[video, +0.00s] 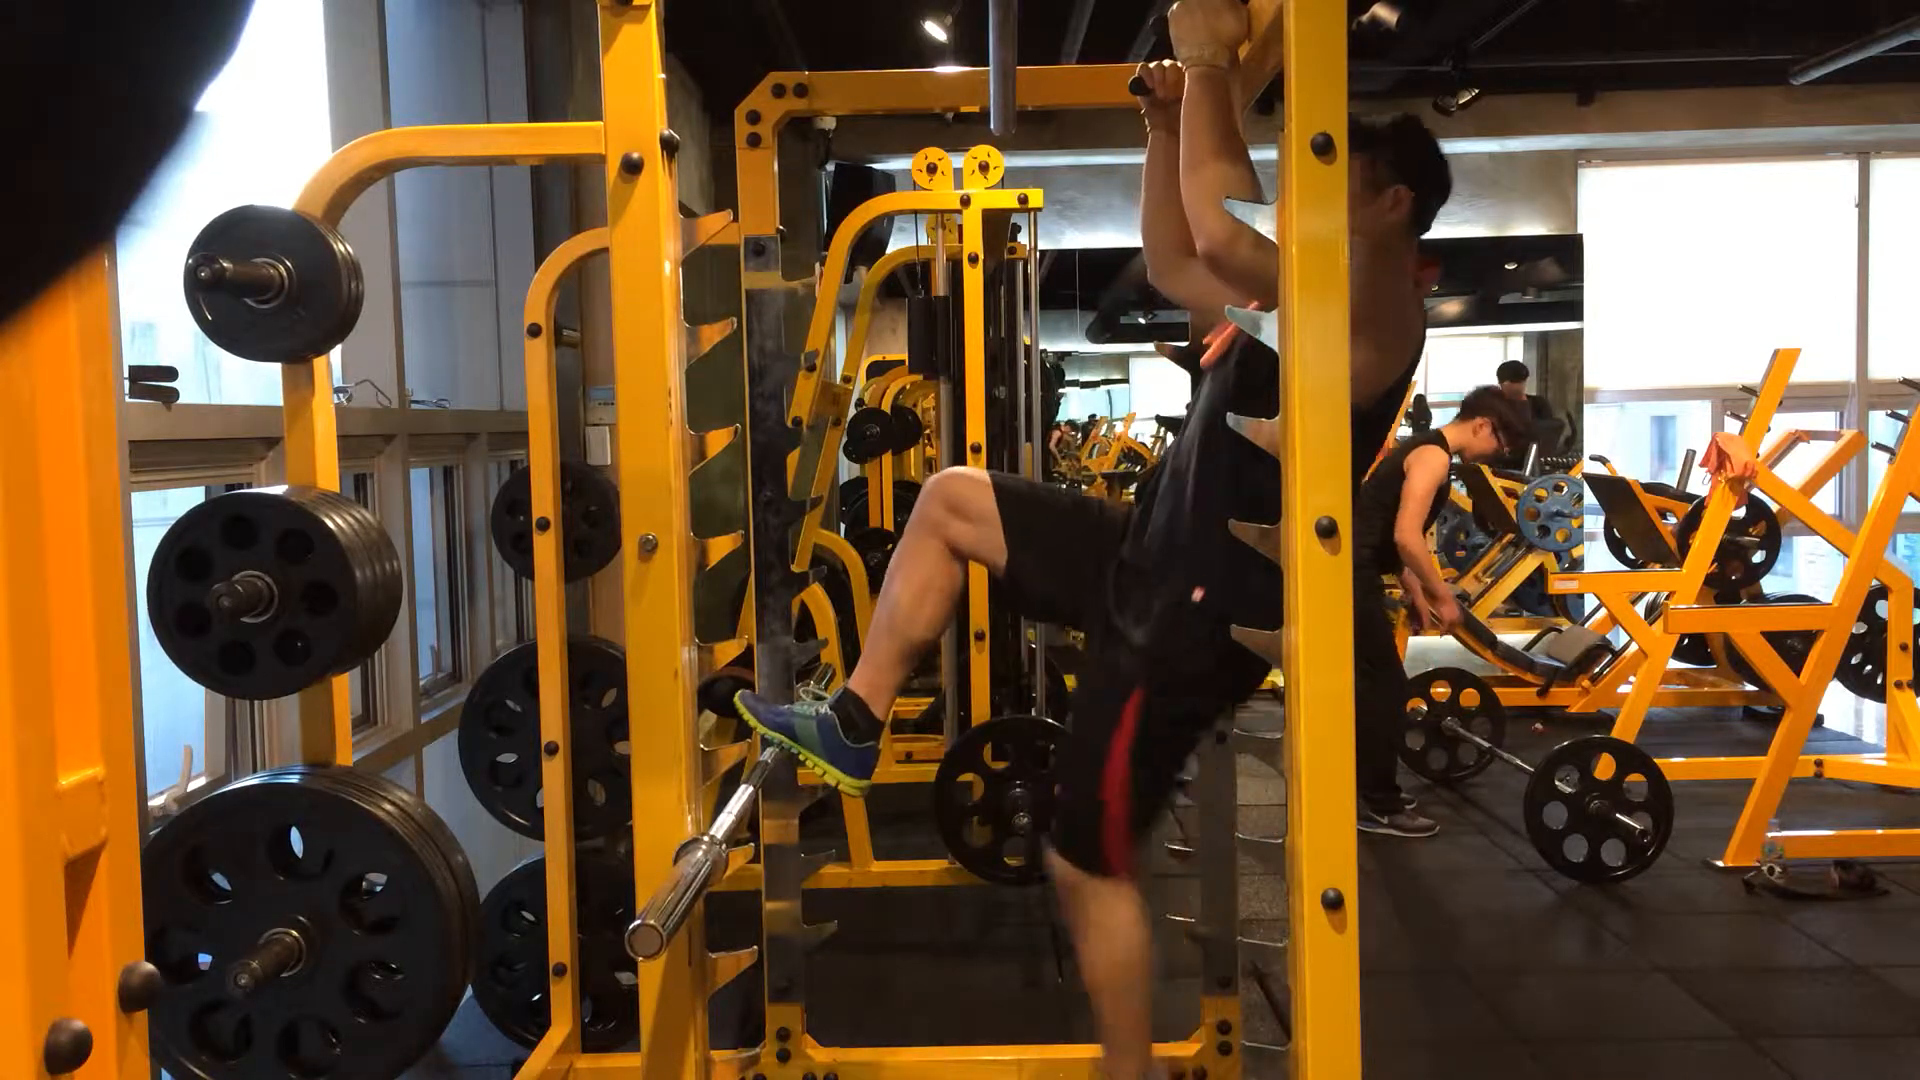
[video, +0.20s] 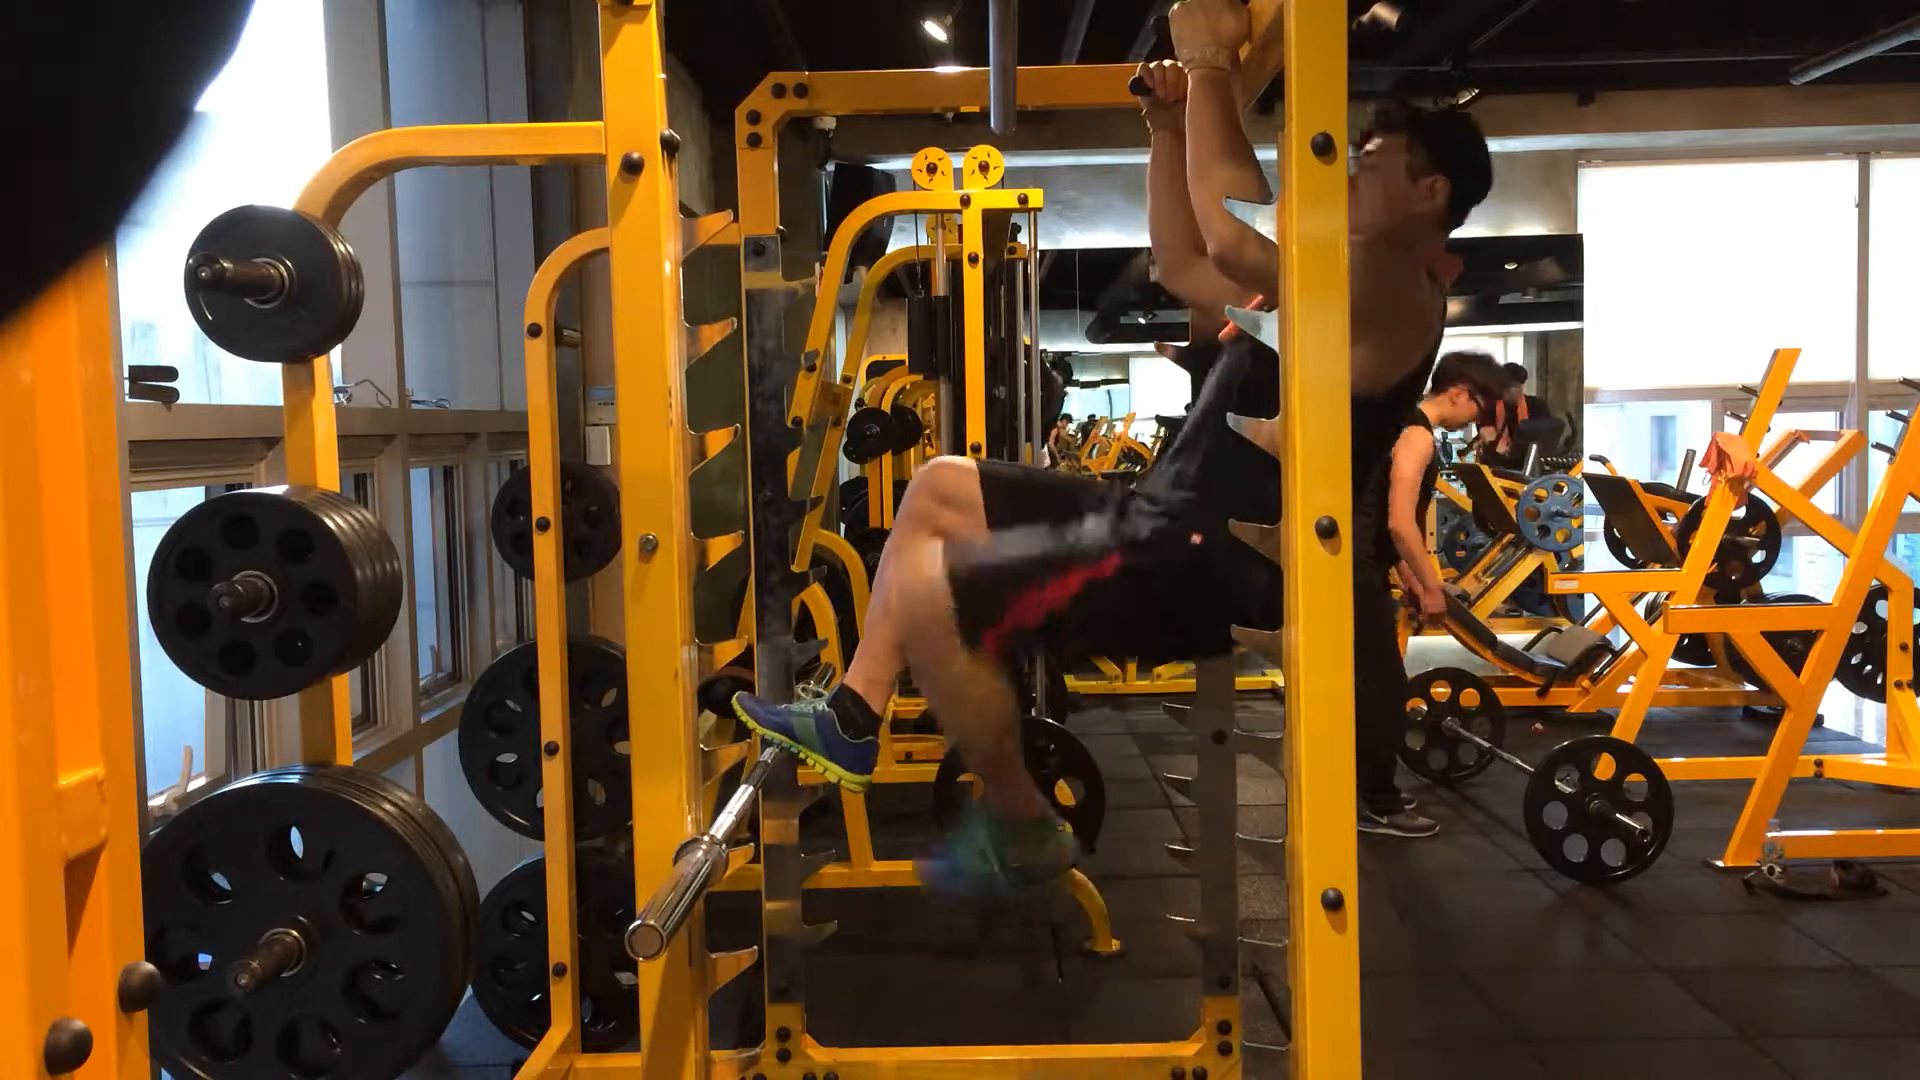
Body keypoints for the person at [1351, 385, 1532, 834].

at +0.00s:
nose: (1491, 457)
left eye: (1499, 452)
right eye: (1497, 447)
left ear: (1479, 425)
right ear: (1483, 425)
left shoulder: (1427, 451)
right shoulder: (1433, 457)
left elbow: (1397, 536)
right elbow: (1407, 534)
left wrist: (1414, 594)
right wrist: (1442, 593)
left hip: (1355, 577)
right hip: (1352, 579)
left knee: (1379, 683)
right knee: (1386, 685)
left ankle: (1374, 791)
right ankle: (1378, 800)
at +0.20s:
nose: (1476, 418)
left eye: (1481, 409)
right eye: (1478, 407)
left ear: (1452, 393)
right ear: (1458, 393)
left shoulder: (1410, 428)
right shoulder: (1417, 435)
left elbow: (1392, 522)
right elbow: (1401, 522)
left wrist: (1416, 582)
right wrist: (1430, 585)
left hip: (1360, 572)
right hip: (1360, 576)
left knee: (1376, 682)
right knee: (1386, 684)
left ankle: (1372, 792)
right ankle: (1378, 801)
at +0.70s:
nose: (1431, 381)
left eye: (1432, 373)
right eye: (1427, 371)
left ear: (1398, 378)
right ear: (1402, 374)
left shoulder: (1366, 422)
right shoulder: (1392, 426)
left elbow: (1387, 513)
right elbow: (1403, 513)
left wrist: (1415, 568)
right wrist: (1440, 575)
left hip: (1357, 571)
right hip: (1378, 575)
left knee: (1373, 682)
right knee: (1392, 683)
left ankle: (1370, 793)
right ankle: (1377, 800)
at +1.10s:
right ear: (1393, 396)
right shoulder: (1389, 432)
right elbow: (1405, 516)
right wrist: (1440, 578)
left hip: (1329, 574)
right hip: (1373, 579)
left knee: (1335, 685)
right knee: (1393, 684)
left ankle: (1317, 790)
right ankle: (1379, 801)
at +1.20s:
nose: (1396, 399)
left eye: (1396, 392)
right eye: (1393, 391)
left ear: (1349, 381)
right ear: (1378, 385)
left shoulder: (1318, 423)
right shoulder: (1379, 426)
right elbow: (1401, 518)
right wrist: (1433, 576)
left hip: (1320, 574)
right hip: (1369, 577)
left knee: (1320, 688)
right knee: (1390, 689)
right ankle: (1379, 802)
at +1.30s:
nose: (1382, 387)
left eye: (1380, 377)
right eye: (1377, 378)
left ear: (1341, 383)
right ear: (1363, 383)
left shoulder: (1311, 424)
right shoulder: (1372, 431)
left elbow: (1259, 435)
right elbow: (1392, 519)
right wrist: (1424, 576)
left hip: (1318, 577)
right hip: (1364, 580)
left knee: (1315, 687)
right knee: (1387, 690)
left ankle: (1279, 792)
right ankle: (1380, 803)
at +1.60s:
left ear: (1291, 374)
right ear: (1335, 376)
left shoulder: (1260, 427)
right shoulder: (1342, 427)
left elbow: (1254, 508)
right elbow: (1359, 512)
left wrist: (1259, 554)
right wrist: (1385, 570)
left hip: (1274, 574)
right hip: (1327, 576)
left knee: (1275, 684)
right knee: (1361, 688)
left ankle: (1270, 804)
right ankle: (1377, 802)